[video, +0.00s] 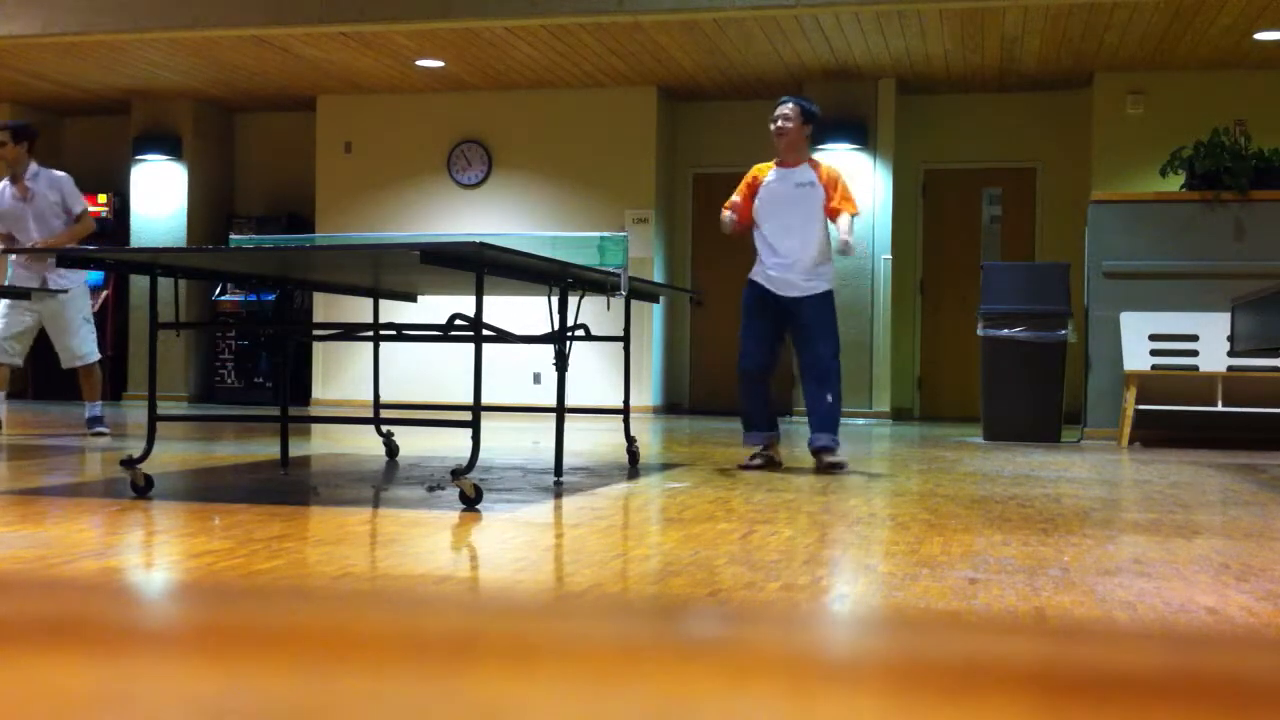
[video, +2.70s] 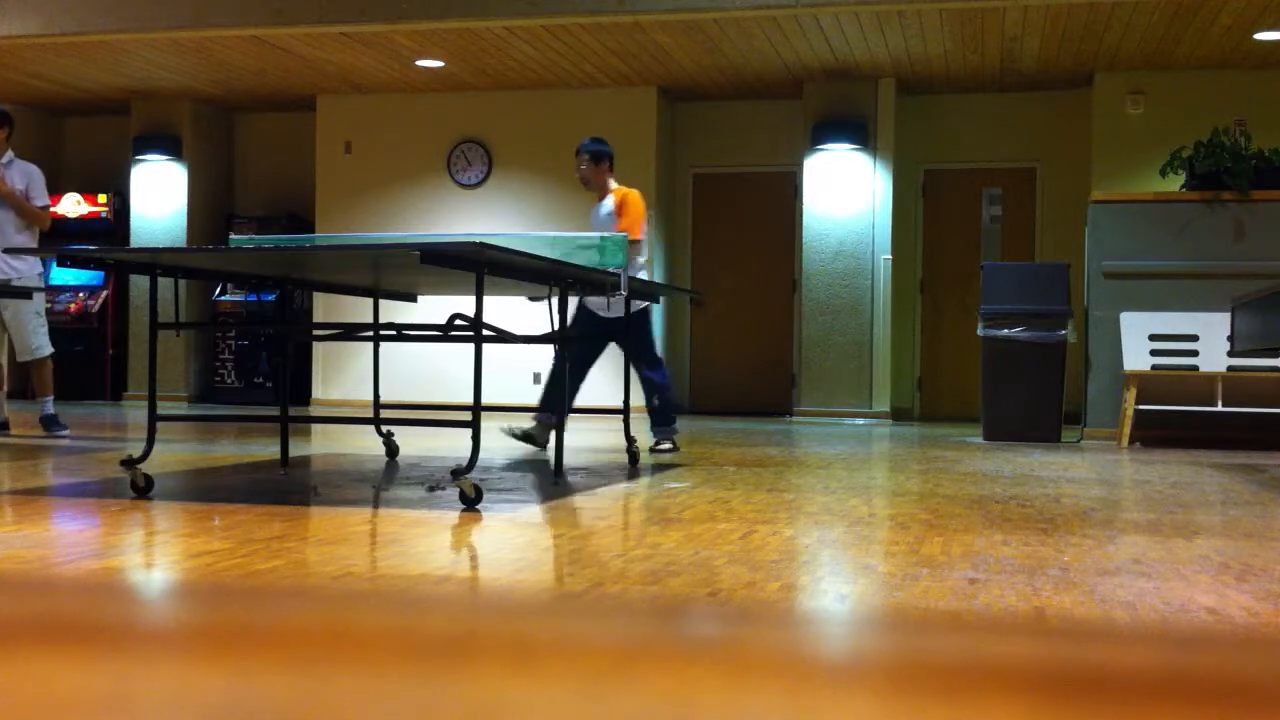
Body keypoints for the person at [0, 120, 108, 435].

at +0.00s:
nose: (1, 151)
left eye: (4, 145)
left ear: (23, 146)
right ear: (6, 149)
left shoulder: (58, 181)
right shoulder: (3, 191)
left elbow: (88, 224)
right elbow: (6, 240)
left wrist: (53, 243)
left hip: (65, 284)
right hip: (20, 284)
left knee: (85, 353)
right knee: (2, 352)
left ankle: (94, 416)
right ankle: (0, 416)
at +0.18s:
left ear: (5, 142)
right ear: (4, 142)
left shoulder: (38, 177)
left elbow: (68, 218)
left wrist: (29, 243)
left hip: (49, 283)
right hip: (7, 283)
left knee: (75, 351)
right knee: (2, 358)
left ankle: (90, 413)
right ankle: (3, 423)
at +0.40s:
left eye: (0, 132)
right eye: (0, 133)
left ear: (5, 135)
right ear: (5, 136)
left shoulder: (29, 171)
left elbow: (58, 213)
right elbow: (54, 213)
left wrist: (19, 234)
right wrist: (20, 236)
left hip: (37, 274)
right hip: (4, 276)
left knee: (59, 346)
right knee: (1, 356)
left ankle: (76, 408)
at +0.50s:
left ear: (5, 134)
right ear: (3, 135)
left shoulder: (31, 171)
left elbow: (55, 216)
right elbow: (50, 216)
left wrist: (14, 232)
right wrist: (14, 234)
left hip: (30, 273)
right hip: (2, 273)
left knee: (47, 344)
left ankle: (66, 406)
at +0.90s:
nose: (6, 131)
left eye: (15, 125)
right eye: (5, 125)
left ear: (34, 132)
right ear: (2, 133)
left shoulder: (56, 176)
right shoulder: (1, 175)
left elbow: (69, 224)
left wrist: (28, 216)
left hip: (39, 274)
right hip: (2, 271)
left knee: (52, 350)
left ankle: (60, 414)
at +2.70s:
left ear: (6, 132)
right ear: (4, 132)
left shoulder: (28, 172)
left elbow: (44, 222)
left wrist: (10, 194)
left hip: (21, 271)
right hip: (3, 270)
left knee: (37, 347)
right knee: (1, 354)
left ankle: (48, 412)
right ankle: (1, 415)